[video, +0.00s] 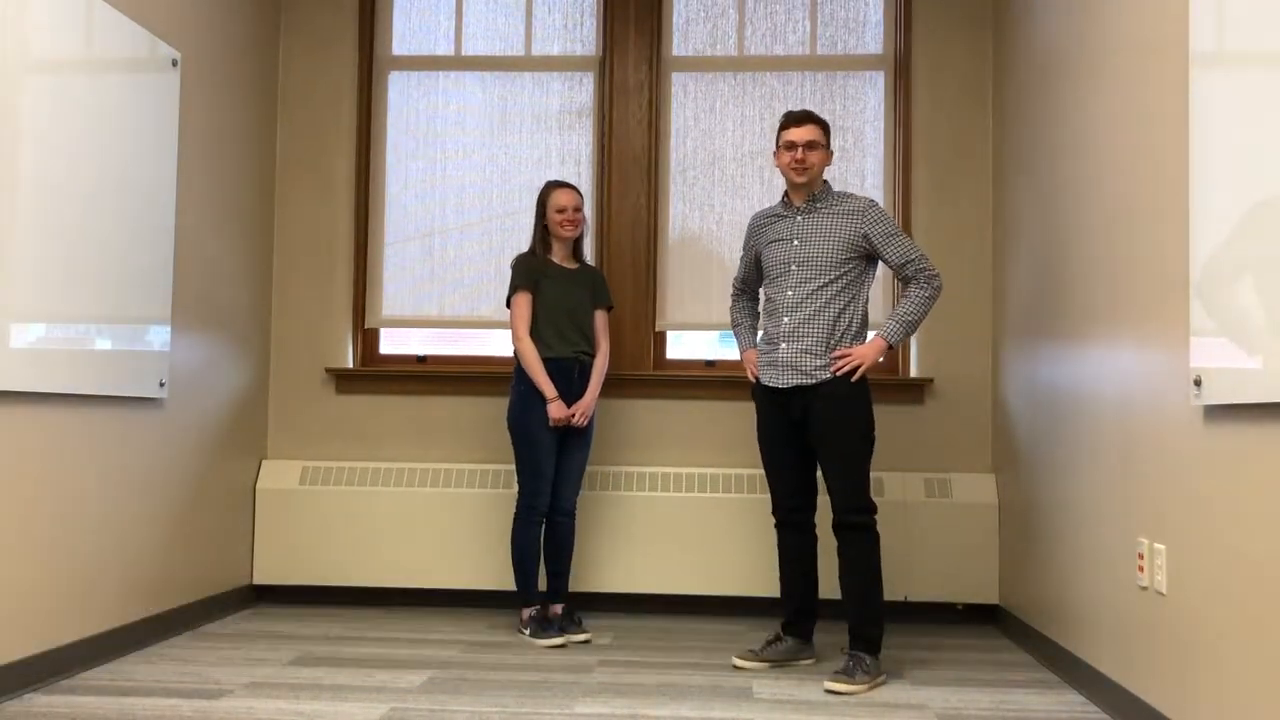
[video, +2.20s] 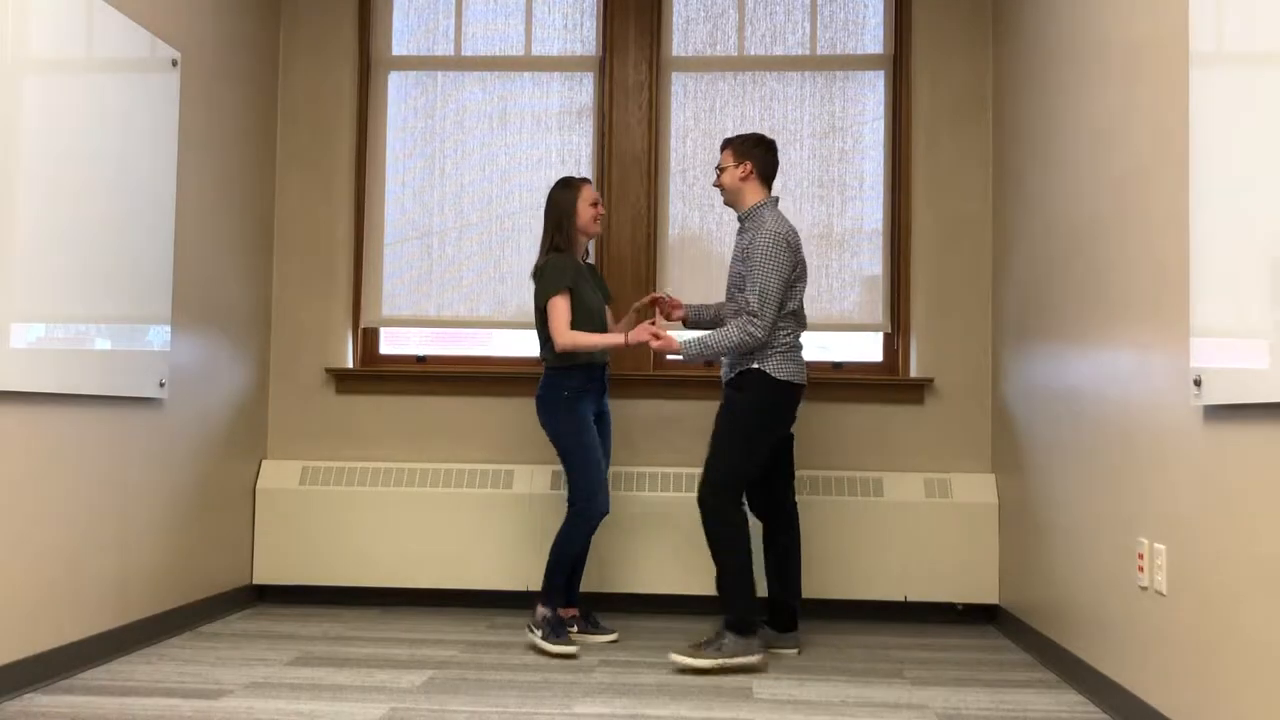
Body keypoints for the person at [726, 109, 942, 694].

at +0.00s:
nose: (799, 155)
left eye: (810, 146)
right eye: (789, 147)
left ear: (828, 155)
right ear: (776, 157)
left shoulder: (858, 214)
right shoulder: (762, 225)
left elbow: (924, 280)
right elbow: (743, 294)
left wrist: (882, 340)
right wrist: (747, 344)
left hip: (838, 388)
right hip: (776, 392)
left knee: (852, 516)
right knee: (791, 517)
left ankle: (863, 653)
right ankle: (795, 636)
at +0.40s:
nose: (769, 164)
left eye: (775, 153)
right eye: (769, 154)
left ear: (803, 150)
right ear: (802, 151)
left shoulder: (859, 207)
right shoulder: (799, 216)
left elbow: (929, 277)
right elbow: (815, 295)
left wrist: (877, 345)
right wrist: (790, 356)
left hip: (845, 391)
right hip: (794, 391)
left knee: (860, 520)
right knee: (799, 518)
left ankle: (865, 655)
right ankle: (797, 638)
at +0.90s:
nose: (771, 167)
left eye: (776, 158)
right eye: (773, 158)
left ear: (799, 160)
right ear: (808, 160)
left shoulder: (833, 211)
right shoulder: (816, 214)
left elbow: (854, 292)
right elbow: (853, 299)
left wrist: (786, 351)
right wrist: (801, 360)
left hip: (846, 385)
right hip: (817, 384)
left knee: (862, 517)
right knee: (792, 505)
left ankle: (867, 653)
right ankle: (788, 626)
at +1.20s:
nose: (757, 176)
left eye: (762, 166)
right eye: (758, 167)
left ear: (784, 168)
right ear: (791, 169)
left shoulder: (809, 227)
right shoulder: (797, 226)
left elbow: (777, 316)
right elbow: (783, 319)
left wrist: (706, 351)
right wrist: (722, 355)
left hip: (814, 388)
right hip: (789, 388)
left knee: (828, 516)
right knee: (770, 506)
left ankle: (859, 653)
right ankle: (779, 626)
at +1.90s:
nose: (730, 179)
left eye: (736, 169)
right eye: (731, 170)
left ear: (762, 172)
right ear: (766, 173)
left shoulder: (776, 225)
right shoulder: (773, 224)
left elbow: (741, 311)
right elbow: (741, 311)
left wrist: (672, 329)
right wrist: (677, 328)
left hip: (770, 383)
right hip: (766, 381)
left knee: (760, 506)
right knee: (763, 504)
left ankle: (778, 631)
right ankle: (773, 626)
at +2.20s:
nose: (715, 177)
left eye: (721, 168)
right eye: (718, 169)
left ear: (745, 169)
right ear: (748, 171)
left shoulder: (767, 232)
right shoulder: (756, 229)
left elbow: (755, 329)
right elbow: (740, 312)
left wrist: (682, 347)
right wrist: (685, 313)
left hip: (762, 381)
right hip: (768, 379)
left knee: (717, 496)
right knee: (773, 501)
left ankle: (741, 631)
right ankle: (782, 622)